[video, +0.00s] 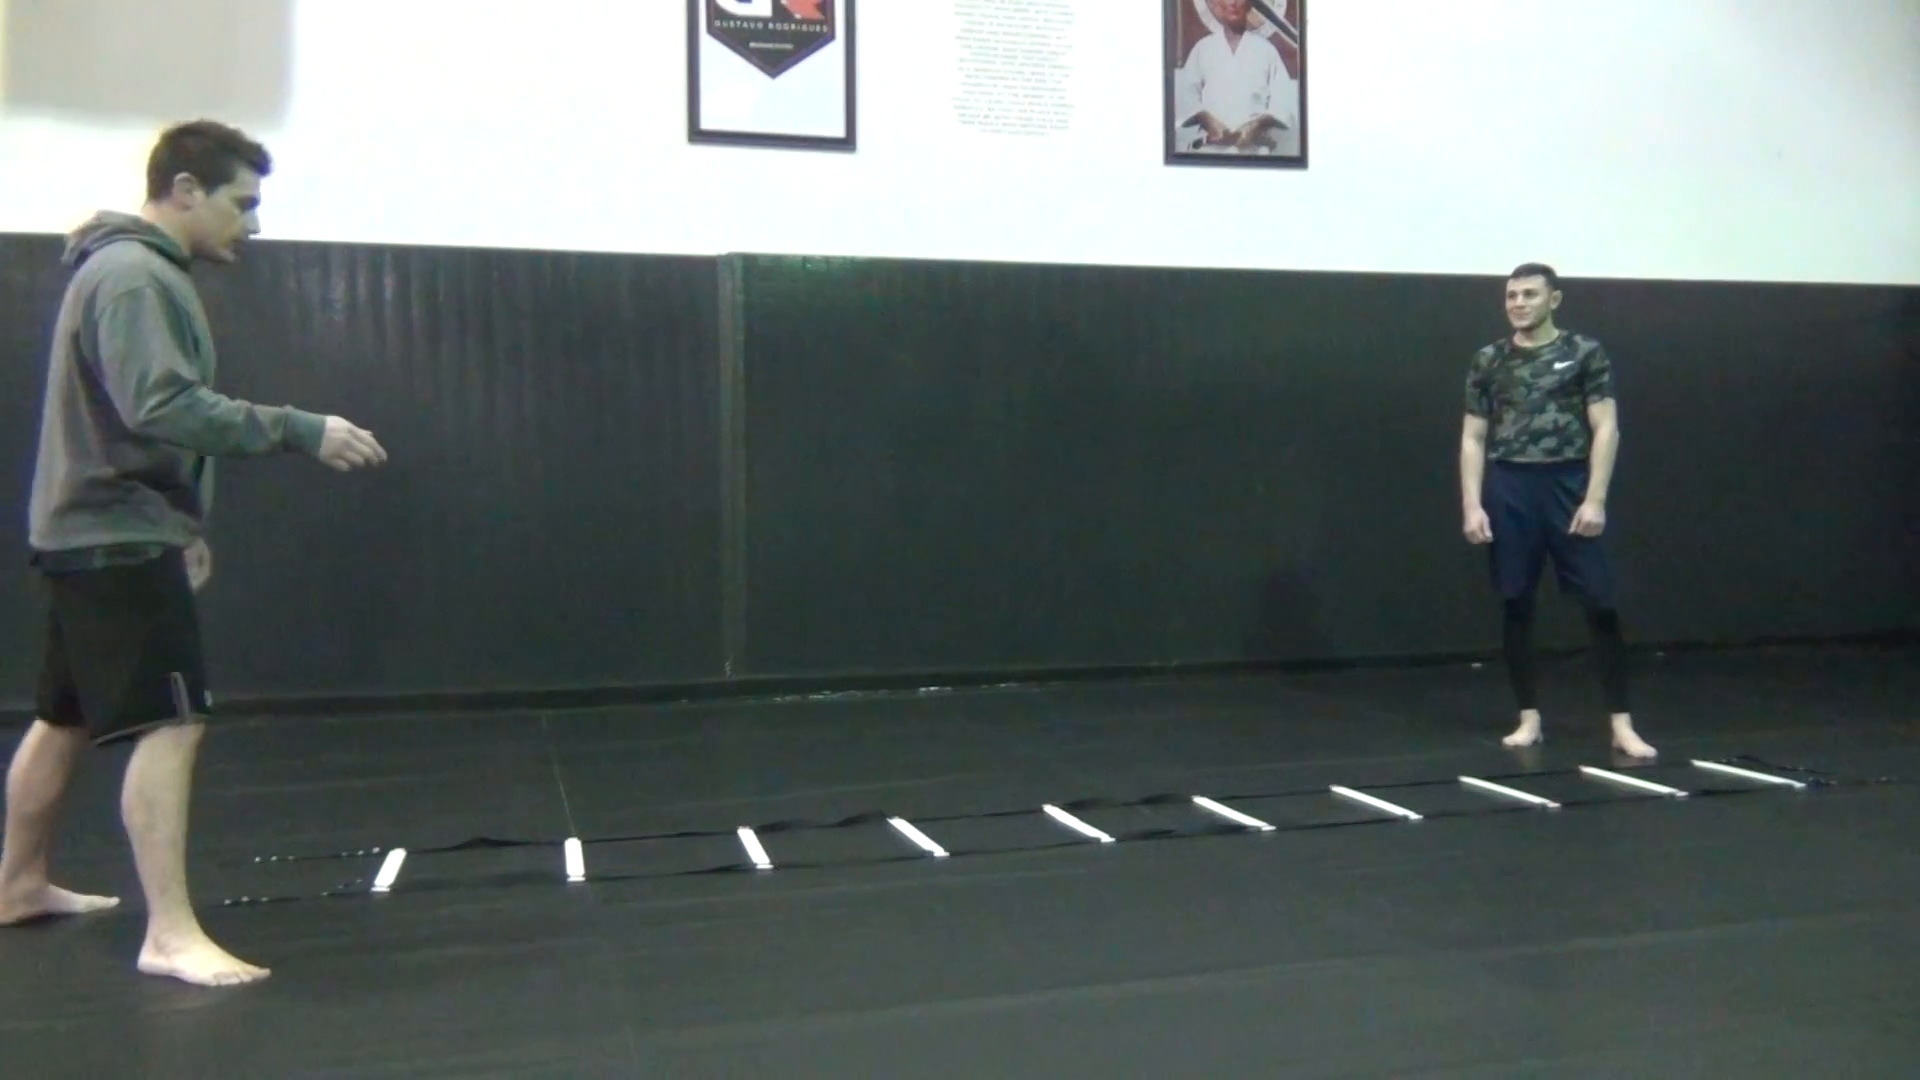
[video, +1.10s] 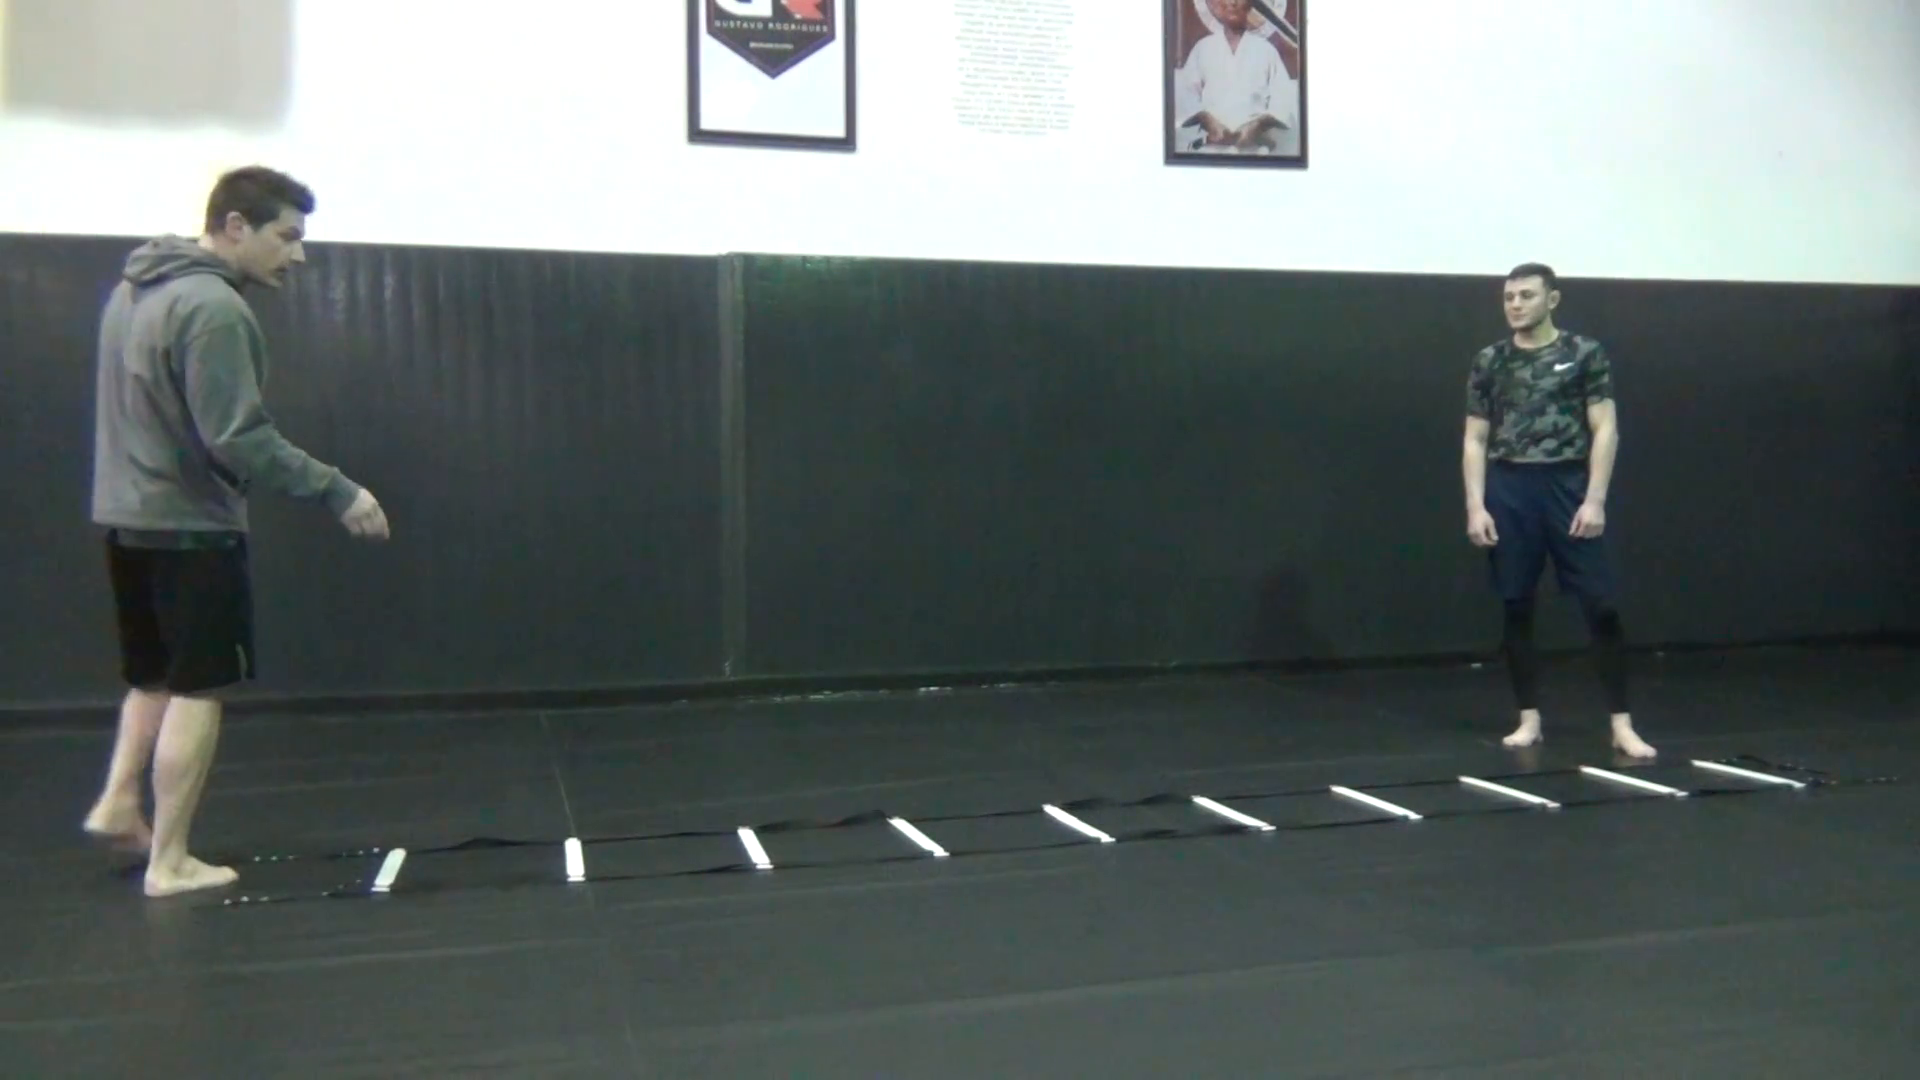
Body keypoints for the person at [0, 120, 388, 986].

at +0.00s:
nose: (251, 224)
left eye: (254, 206)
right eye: (241, 203)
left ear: (178, 196)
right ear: (182, 191)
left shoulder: (129, 269)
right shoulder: (132, 274)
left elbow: (148, 423)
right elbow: (161, 407)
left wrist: (181, 523)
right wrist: (302, 428)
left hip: (87, 533)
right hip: (118, 537)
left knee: (65, 717)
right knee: (172, 722)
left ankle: (19, 883)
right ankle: (172, 934)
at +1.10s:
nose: (296, 254)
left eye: (299, 239)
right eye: (287, 236)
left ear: (225, 230)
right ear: (234, 227)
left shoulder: (136, 288)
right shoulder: (213, 307)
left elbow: (136, 410)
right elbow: (236, 434)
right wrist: (340, 491)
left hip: (129, 521)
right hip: (190, 529)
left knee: (151, 672)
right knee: (199, 688)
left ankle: (118, 800)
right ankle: (169, 860)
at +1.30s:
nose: (311, 253)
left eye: (313, 238)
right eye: (300, 237)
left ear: (245, 237)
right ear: (246, 233)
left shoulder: (200, 298)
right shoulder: (218, 313)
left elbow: (214, 426)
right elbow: (228, 434)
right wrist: (330, 489)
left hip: (190, 524)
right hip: (205, 528)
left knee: (216, 672)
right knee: (209, 685)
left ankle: (227, 795)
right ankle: (166, 858)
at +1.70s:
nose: (355, 259)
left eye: (357, 245)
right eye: (345, 244)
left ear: (305, 247)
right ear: (297, 242)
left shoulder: (297, 312)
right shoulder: (263, 312)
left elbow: (295, 426)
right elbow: (251, 419)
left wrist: (332, 505)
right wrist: (345, 469)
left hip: (283, 515)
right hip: (258, 517)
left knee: (283, 658)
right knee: (314, 649)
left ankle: (283, 800)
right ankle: (197, 781)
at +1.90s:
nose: (381, 259)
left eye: (382, 246)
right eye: (369, 245)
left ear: (328, 248)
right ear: (322, 244)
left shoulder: (319, 311)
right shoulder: (293, 312)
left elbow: (327, 426)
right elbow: (284, 418)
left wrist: (376, 499)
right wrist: (369, 471)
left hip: (287, 512)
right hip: (302, 511)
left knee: (283, 656)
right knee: (379, 634)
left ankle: (279, 800)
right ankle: (297, 771)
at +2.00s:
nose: (396, 260)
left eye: (396, 247)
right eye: (384, 246)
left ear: (342, 249)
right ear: (337, 245)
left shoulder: (331, 312)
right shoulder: (312, 315)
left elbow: (339, 428)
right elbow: (303, 421)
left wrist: (389, 504)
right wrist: (385, 474)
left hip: (294, 513)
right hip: (324, 512)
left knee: (289, 655)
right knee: (398, 634)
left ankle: (282, 795)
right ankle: (367, 785)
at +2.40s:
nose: (473, 265)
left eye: (473, 252)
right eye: (460, 253)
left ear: (419, 257)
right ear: (414, 256)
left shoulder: (420, 320)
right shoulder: (396, 328)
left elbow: (428, 430)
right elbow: (412, 437)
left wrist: (458, 503)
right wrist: (506, 467)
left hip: (395, 516)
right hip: (408, 520)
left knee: (363, 652)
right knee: (443, 657)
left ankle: (299, 774)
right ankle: (472, 791)